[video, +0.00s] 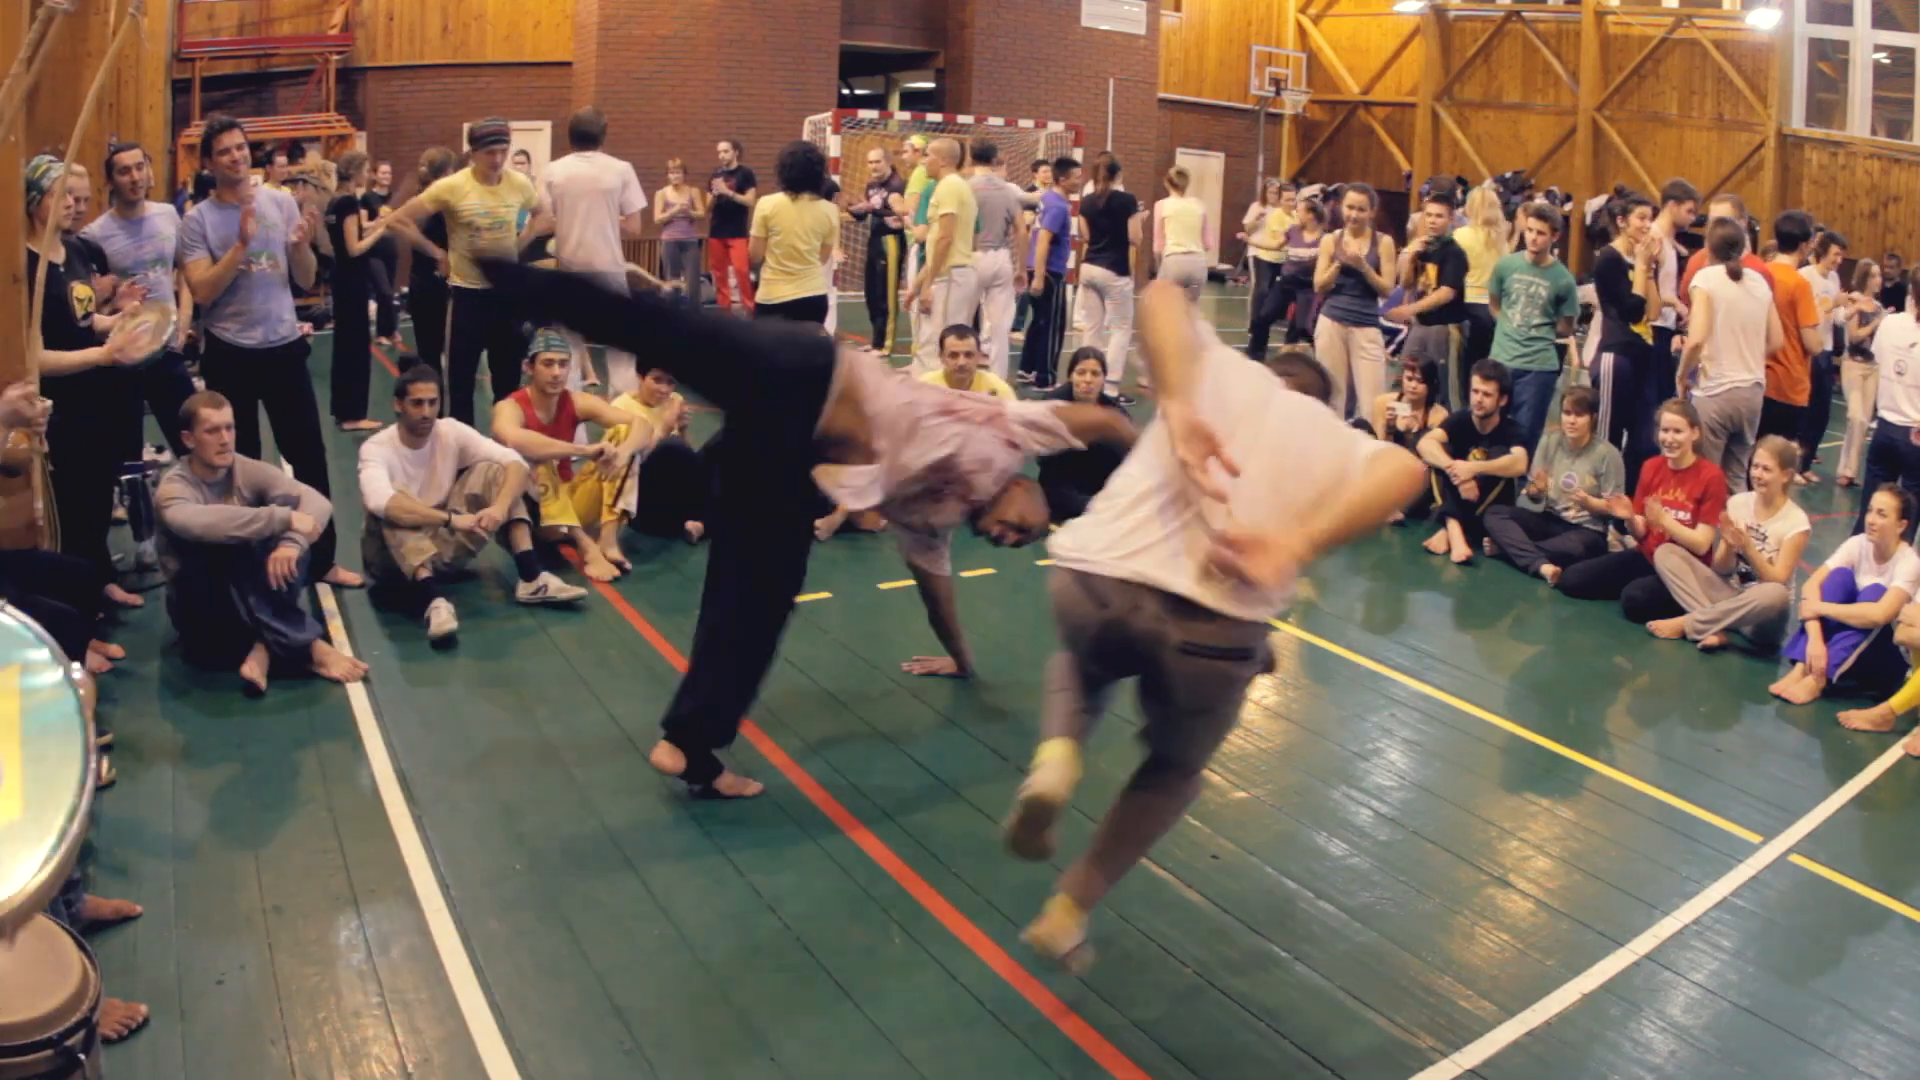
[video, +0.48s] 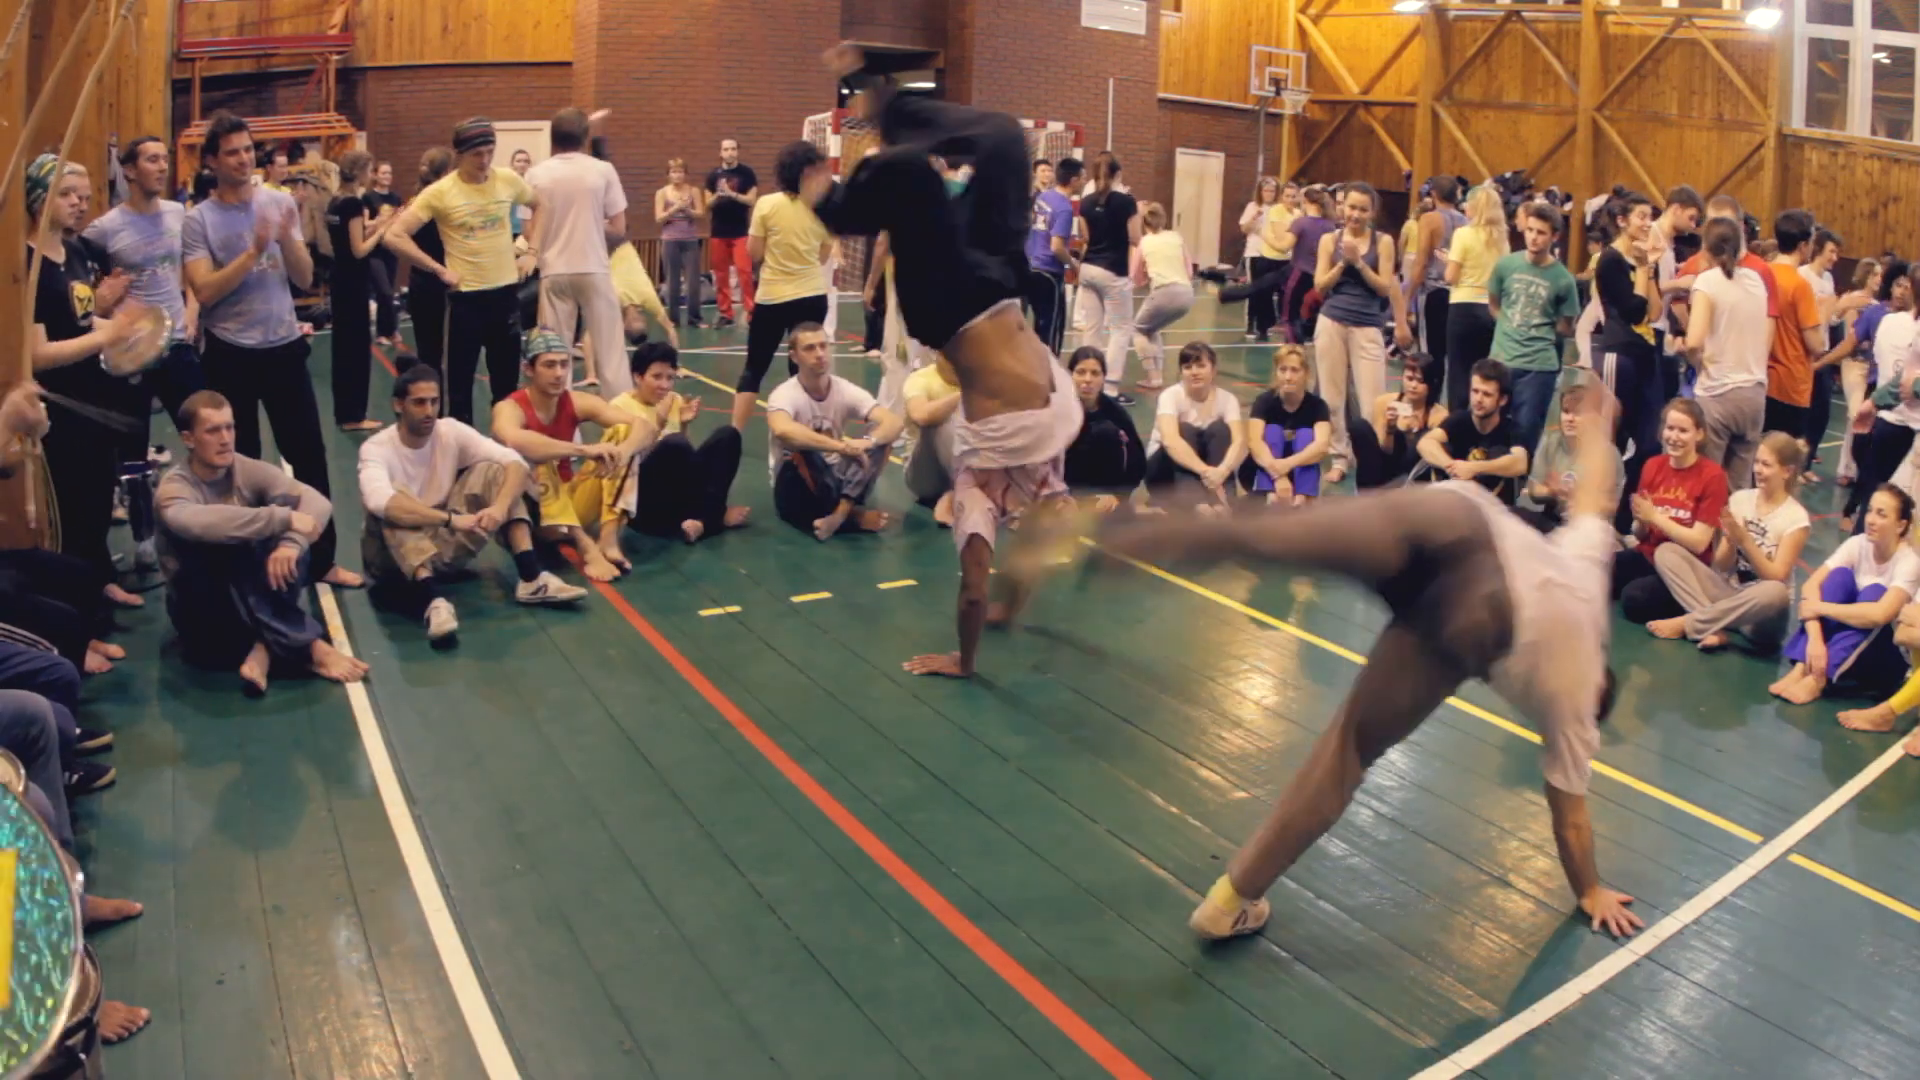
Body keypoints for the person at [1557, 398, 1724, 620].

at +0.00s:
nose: (1669, 438)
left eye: (1678, 431)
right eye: (1664, 431)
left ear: (1695, 433)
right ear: (1657, 432)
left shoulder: (1711, 476)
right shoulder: (1651, 467)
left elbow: (1701, 545)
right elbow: (1640, 533)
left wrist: (1662, 520)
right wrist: (1629, 517)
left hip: (1683, 567)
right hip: (1647, 556)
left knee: (1634, 601)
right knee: (1570, 581)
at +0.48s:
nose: (1674, 437)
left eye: (1683, 431)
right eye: (1670, 428)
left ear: (1700, 434)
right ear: (1662, 430)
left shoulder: (1713, 475)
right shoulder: (1652, 465)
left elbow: (1698, 542)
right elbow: (1639, 533)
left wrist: (1653, 517)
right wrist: (1643, 516)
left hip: (1685, 564)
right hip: (1647, 555)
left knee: (1634, 599)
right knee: (1598, 575)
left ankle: (1693, 603)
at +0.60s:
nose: (1676, 435)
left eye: (1685, 429)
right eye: (1672, 427)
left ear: (1702, 434)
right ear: (1666, 428)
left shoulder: (1715, 476)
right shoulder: (1654, 466)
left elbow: (1700, 542)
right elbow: (1641, 533)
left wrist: (1659, 515)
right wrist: (1637, 515)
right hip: (1646, 557)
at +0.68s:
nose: (1678, 435)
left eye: (1687, 429)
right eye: (1675, 426)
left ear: (1704, 434)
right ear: (1669, 428)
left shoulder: (1716, 475)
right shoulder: (1654, 465)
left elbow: (1699, 541)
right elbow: (1639, 518)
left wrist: (1657, 513)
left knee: (1668, 551)